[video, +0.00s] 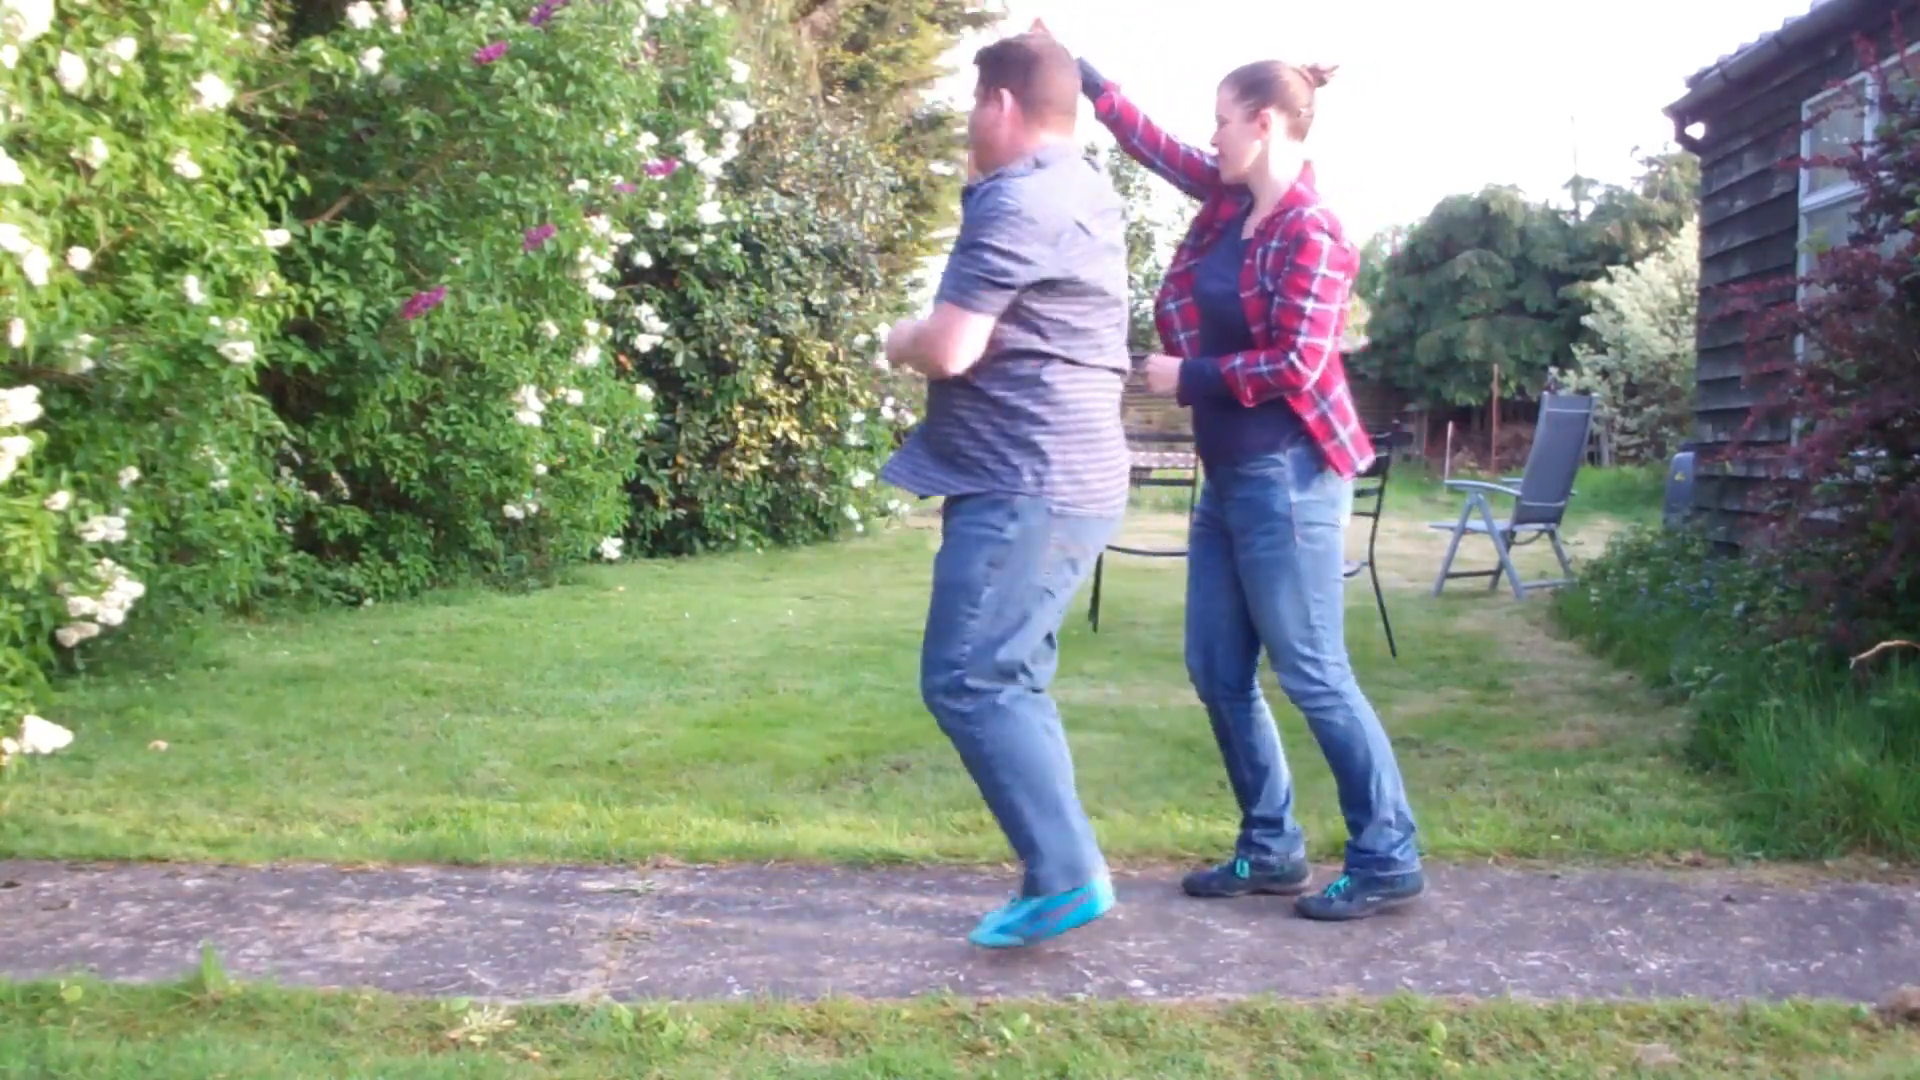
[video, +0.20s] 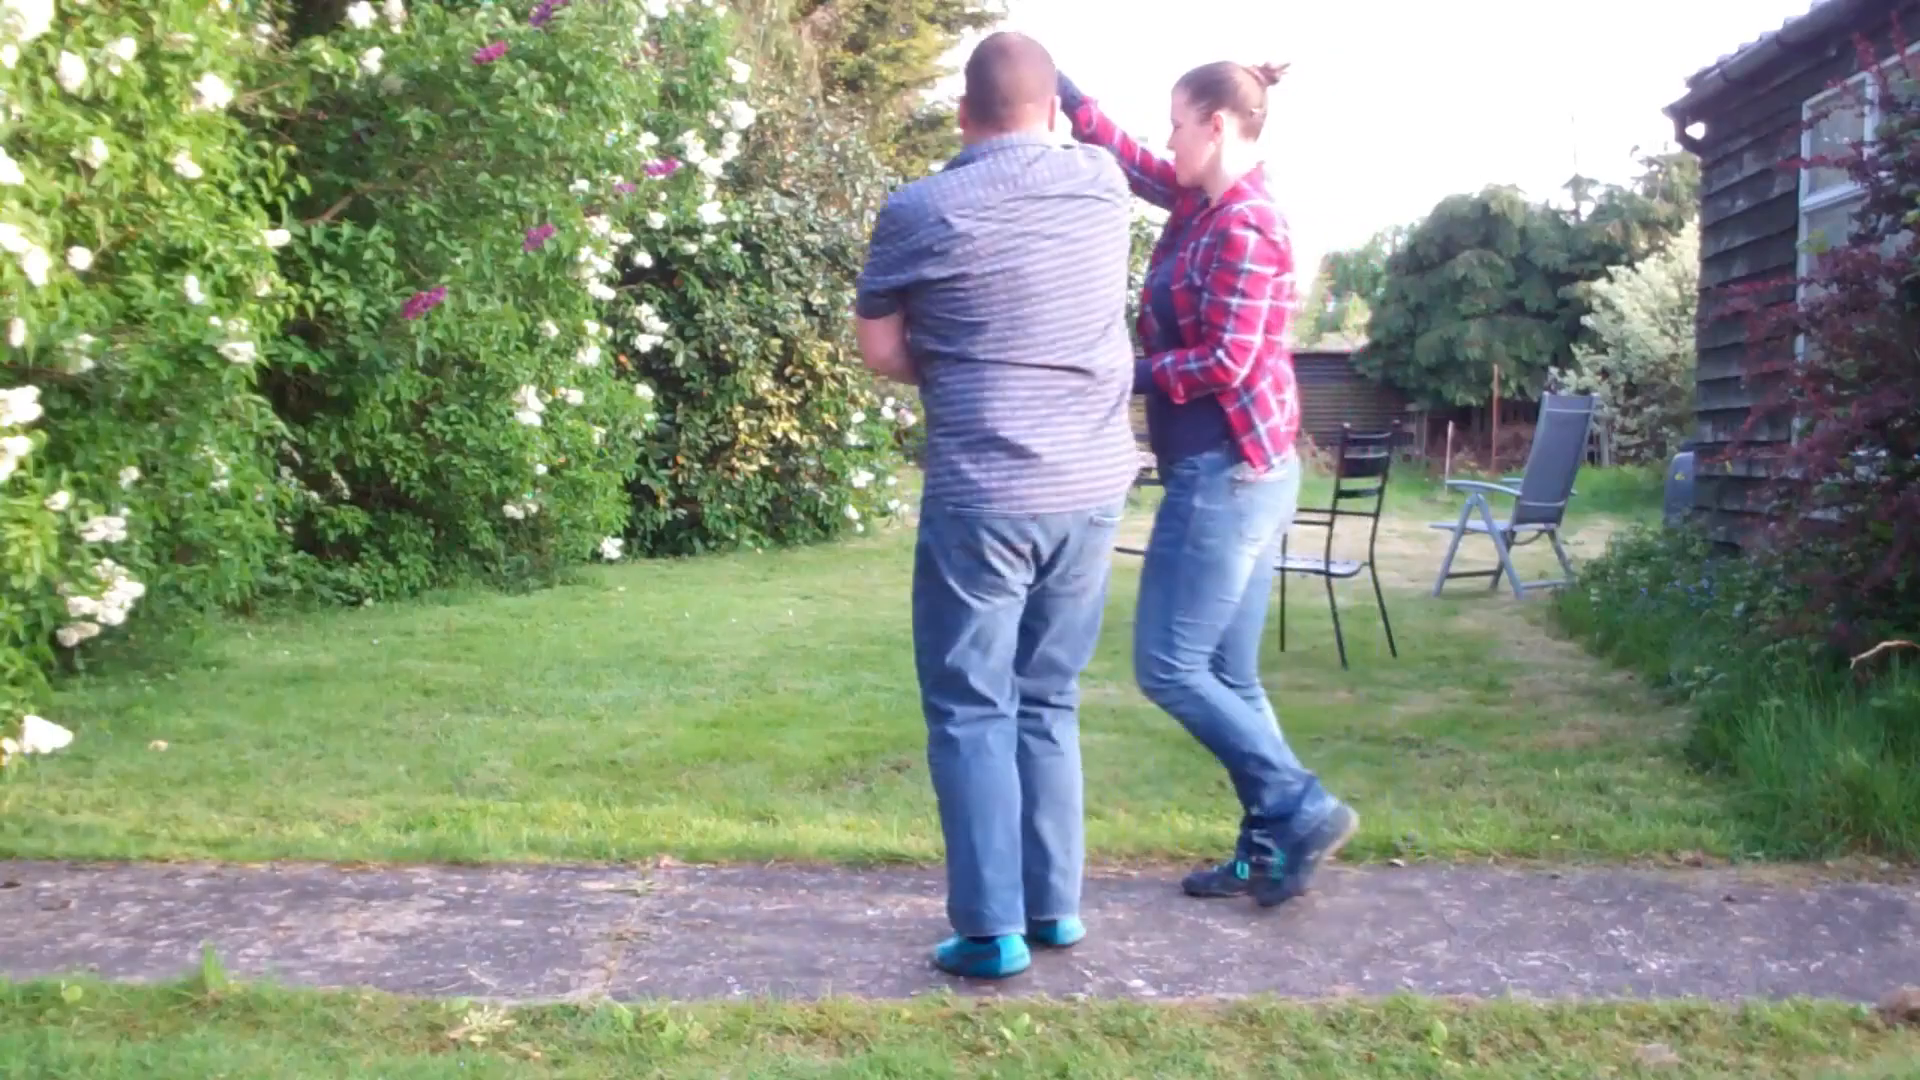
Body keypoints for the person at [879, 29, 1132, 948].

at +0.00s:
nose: (969, 124)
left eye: (976, 106)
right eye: (974, 106)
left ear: (1006, 106)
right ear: (1056, 108)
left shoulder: (1016, 198)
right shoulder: (1085, 191)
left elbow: (950, 350)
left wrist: (902, 340)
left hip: (1027, 483)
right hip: (1074, 477)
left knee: (966, 677)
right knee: (1013, 679)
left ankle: (1064, 880)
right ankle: (1066, 873)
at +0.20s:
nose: (960, 117)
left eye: (960, 105)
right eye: (1053, 103)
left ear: (963, 111)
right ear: (1056, 107)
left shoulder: (923, 207)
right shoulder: (1102, 183)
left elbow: (879, 349)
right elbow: (1066, 298)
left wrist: (974, 365)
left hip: (988, 494)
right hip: (1095, 489)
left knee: (971, 706)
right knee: (1049, 697)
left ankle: (990, 933)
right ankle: (1054, 907)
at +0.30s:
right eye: (1045, 94)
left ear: (947, 116)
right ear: (1038, 110)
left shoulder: (897, 221)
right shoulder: (1085, 174)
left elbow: (885, 370)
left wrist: (973, 373)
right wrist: (1037, 66)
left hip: (971, 493)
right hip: (1088, 485)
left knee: (977, 717)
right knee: (1060, 705)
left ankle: (994, 941)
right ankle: (1052, 914)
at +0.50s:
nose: (1027, 110)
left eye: (1012, 99)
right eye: (1022, 99)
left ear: (933, 117)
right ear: (1017, 108)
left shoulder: (877, 229)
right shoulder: (1061, 160)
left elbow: (869, 380)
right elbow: (1092, 76)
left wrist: (950, 355)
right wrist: (1068, 15)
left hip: (948, 493)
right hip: (1073, 475)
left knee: (974, 726)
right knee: (1076, 712)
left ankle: (990, 943)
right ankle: (1082, 912)